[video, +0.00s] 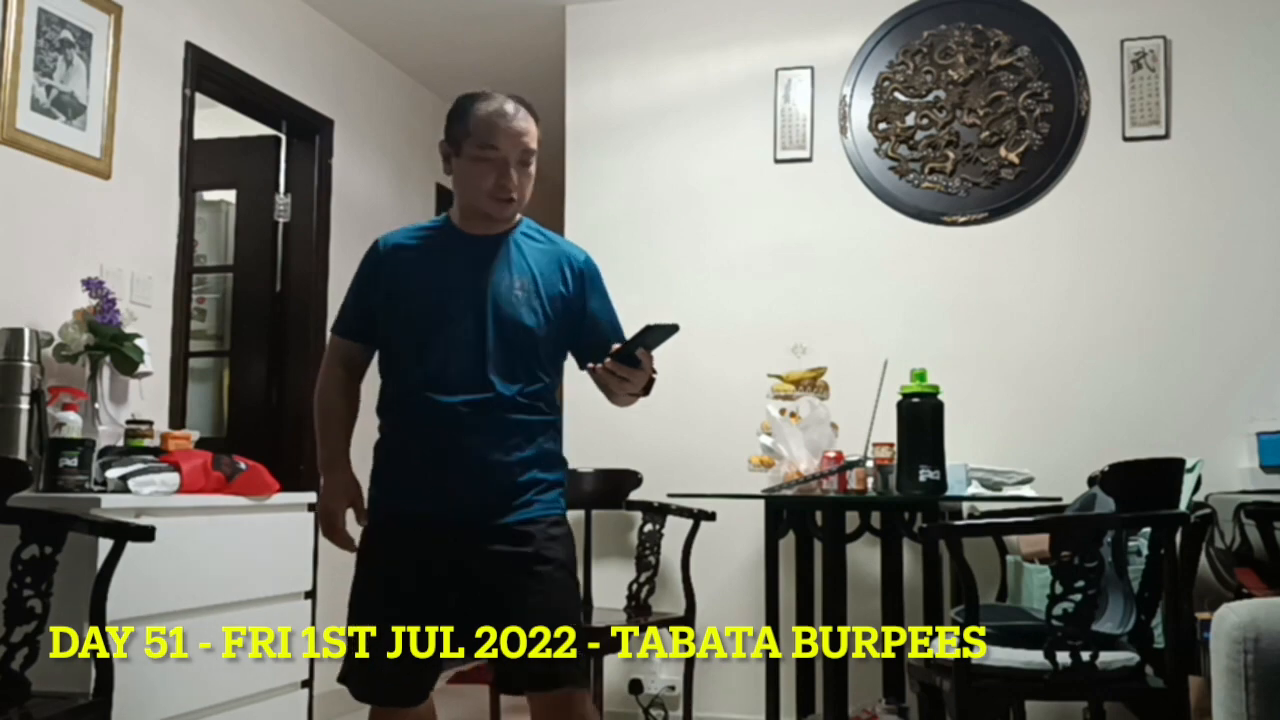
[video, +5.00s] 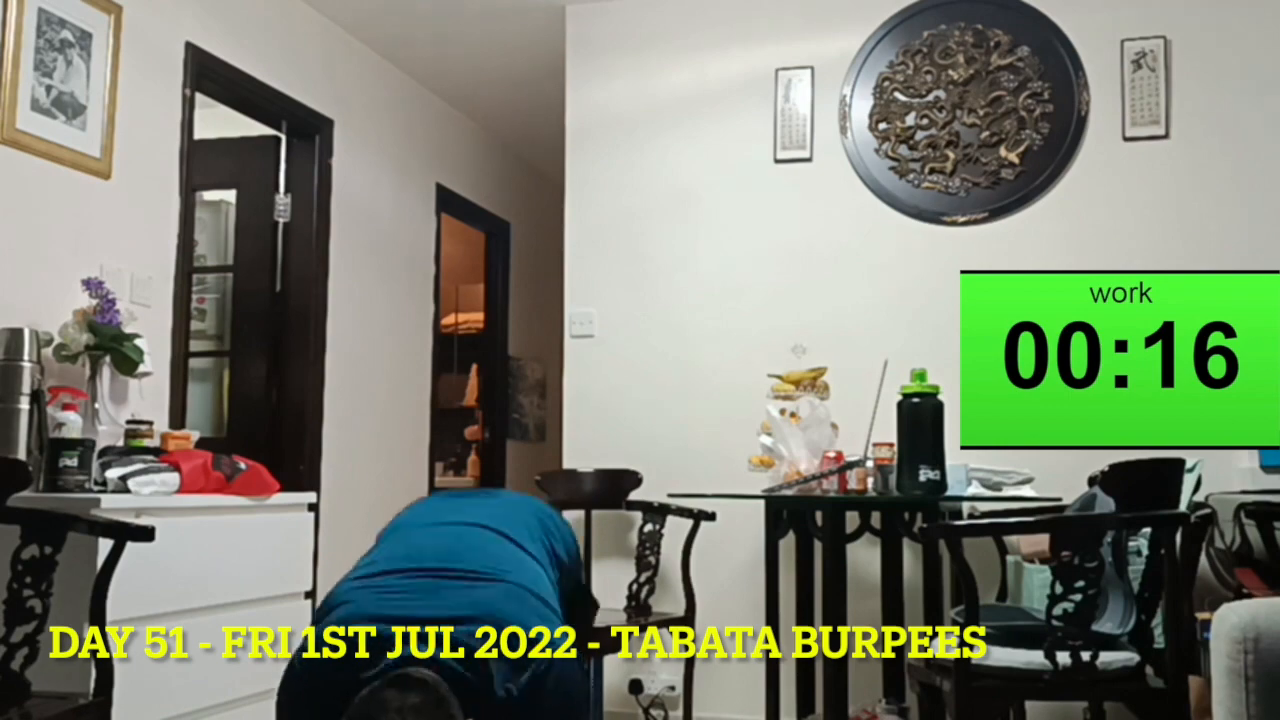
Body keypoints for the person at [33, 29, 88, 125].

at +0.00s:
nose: (66, 52)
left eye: (69, 48)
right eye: (63, 49)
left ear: (74, 49)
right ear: (61, 51)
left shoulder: (79, 66)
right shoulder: (61, 60)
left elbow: (69, 89)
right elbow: (57, 81)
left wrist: (48, 82)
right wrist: (49, 101)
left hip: (79, 102)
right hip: (62, 95)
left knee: (63, 98)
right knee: (47, 88)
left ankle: (69, 120)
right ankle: (61, 116)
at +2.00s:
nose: (66, 52)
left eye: (69, 48)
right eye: (63, 49)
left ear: (74, 49)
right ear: (61, 50)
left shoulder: (79, 65)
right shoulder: (61, 60)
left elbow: (70, 89)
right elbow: (57, 81)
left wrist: (49, 82)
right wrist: (49, 101)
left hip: (79, 101)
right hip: (63, 94)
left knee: (64, 98)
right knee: (49, 89)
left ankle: (70, 119)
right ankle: (61, 117)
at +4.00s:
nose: (65, 50)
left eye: (68, 47)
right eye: (63, 47)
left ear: (74, 49)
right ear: (60, 49)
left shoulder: (78, 65)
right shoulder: (61, 60)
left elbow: (69, 89)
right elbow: (56, 80)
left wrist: (49, 83)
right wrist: (49, 101)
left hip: (79, 101)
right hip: (63, 94)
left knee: (63, 98)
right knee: (47, 88)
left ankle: (69, 119)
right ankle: (61, 116)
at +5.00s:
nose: (66, 53)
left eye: (69, 48)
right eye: (63, 50)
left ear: (74, 49)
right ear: (60, 51)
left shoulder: (79, 66)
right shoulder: (61, 60)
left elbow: (69, 89)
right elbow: (57, 81)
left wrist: (49, 82)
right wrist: (49, 101)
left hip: (78, 102)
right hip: (62, 95)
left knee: (64, 98)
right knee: (47, 88)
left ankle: (70, 120)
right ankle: (60, 116)